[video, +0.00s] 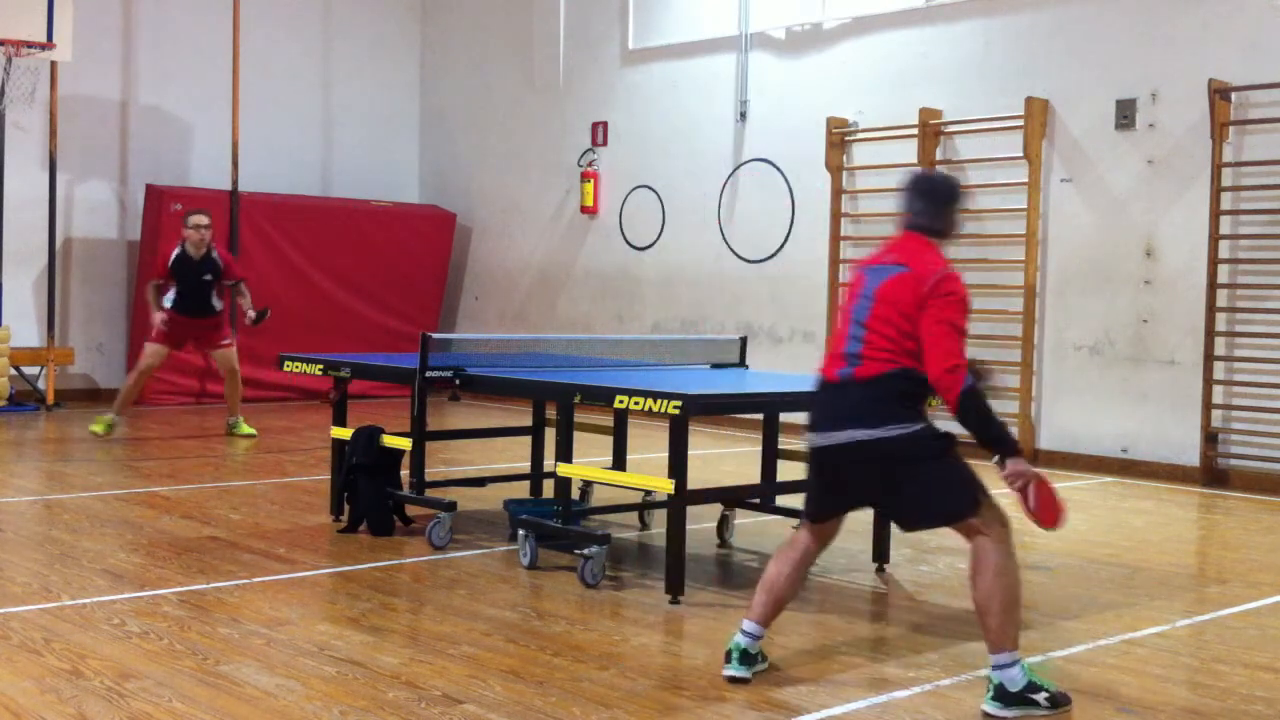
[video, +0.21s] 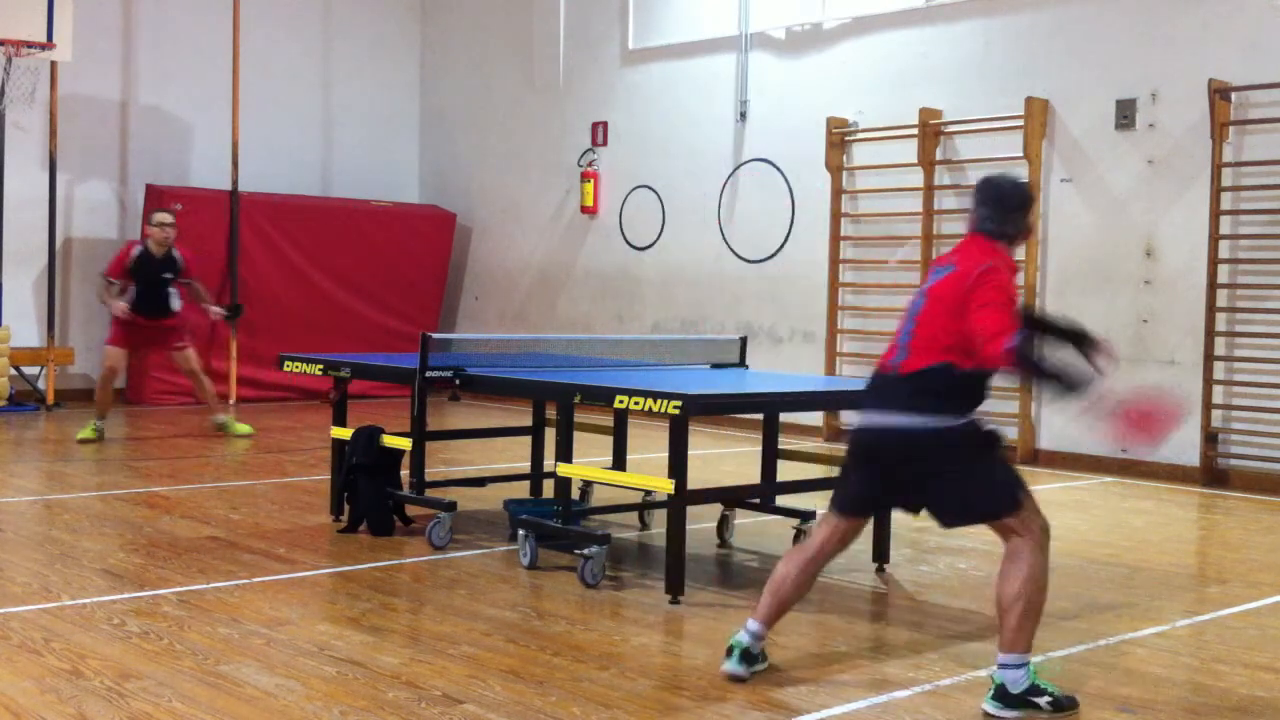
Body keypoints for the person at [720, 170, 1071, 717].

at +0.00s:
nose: (954, 221)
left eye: (940, 209)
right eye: (954, 212)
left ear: (906, 212)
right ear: (951, 218)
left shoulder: (869, 267)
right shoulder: (939, 279)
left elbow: (869, 355)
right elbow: (949, 380)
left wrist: (949, 373)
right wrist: (1008, 451)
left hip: (831, 435)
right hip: (897, 434)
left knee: (813, 531)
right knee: (988, 531)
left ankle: (744, 645)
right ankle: (1009, 677)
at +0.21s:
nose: (1032, 222)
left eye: (1030, 211)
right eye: (1030, 214)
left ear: (977, 214)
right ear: (1021, 221)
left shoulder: (953, 260)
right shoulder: (992, 270)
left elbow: (1010, 318)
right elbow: (1001, 347)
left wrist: (1074, 337)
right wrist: (1068, 383)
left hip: (878, 427)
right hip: (939, 431)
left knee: (826, 536)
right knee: (1027, 533)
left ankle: (747, 641)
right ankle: (1014, 680)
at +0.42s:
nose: (1027, 142)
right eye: (1027, 134)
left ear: (972, 132)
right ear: (1022, 137)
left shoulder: (930, 182)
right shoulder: (1038, 196)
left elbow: (854, 237)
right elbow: (1130, 239)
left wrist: (862, 284)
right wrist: (1212, 208)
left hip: (928, 348)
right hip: (1001, 354)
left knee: (878, 448)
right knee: (1031, 474)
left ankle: (833, 559)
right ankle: (1066, 592)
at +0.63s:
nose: (934, 174)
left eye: (937, 168)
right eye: (937, 167)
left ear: (941, 177)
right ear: (986, 178)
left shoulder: (936, 241)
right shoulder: (999, 224)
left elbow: (929, 324)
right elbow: (954, 254)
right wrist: (871, 259)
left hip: (992, 391)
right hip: (1059, 384)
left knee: (925, 420)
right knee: (1075, 465)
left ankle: (951, 536)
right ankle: (1062, 488)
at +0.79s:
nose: (875, 328)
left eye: (876, 317)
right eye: (874, 317)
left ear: (892, 317)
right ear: (919, 308)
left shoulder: (939, 351)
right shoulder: (944, 341)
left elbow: (1003, 438)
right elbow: (938, 400)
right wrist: (930, 424)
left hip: (1050, 449)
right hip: (1086, 436)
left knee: (944, 513)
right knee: (1026, 513)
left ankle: (989, 637)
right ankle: (1080, 622)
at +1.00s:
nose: (876, 310)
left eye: (880, 300)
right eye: (876, 300)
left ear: (901, 304)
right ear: (913, 302)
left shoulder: (959, 341)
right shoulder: (935, 343)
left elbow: (1016, 426)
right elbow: (955, 413)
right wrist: (919, 460)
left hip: (1056, 434)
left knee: (954, 512)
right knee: (994, 528)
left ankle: (987, 636)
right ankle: (1084, 614)